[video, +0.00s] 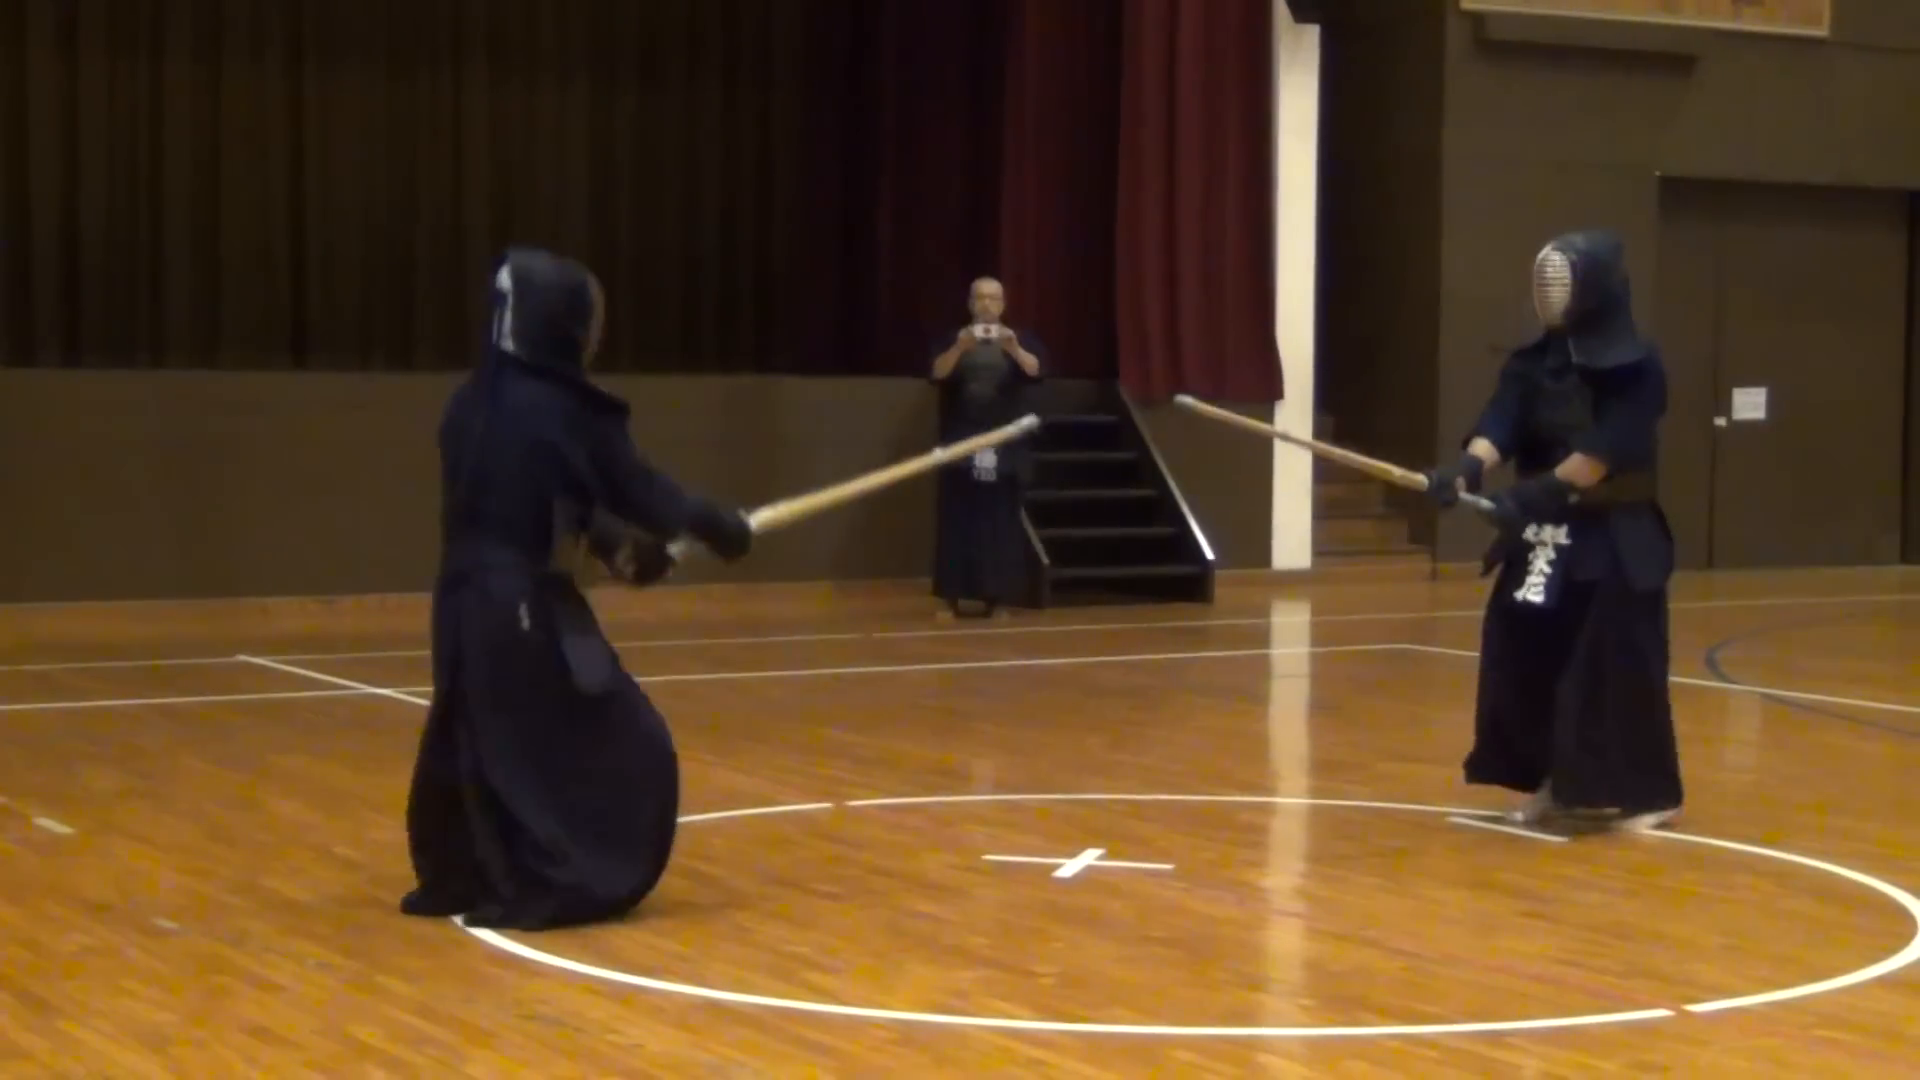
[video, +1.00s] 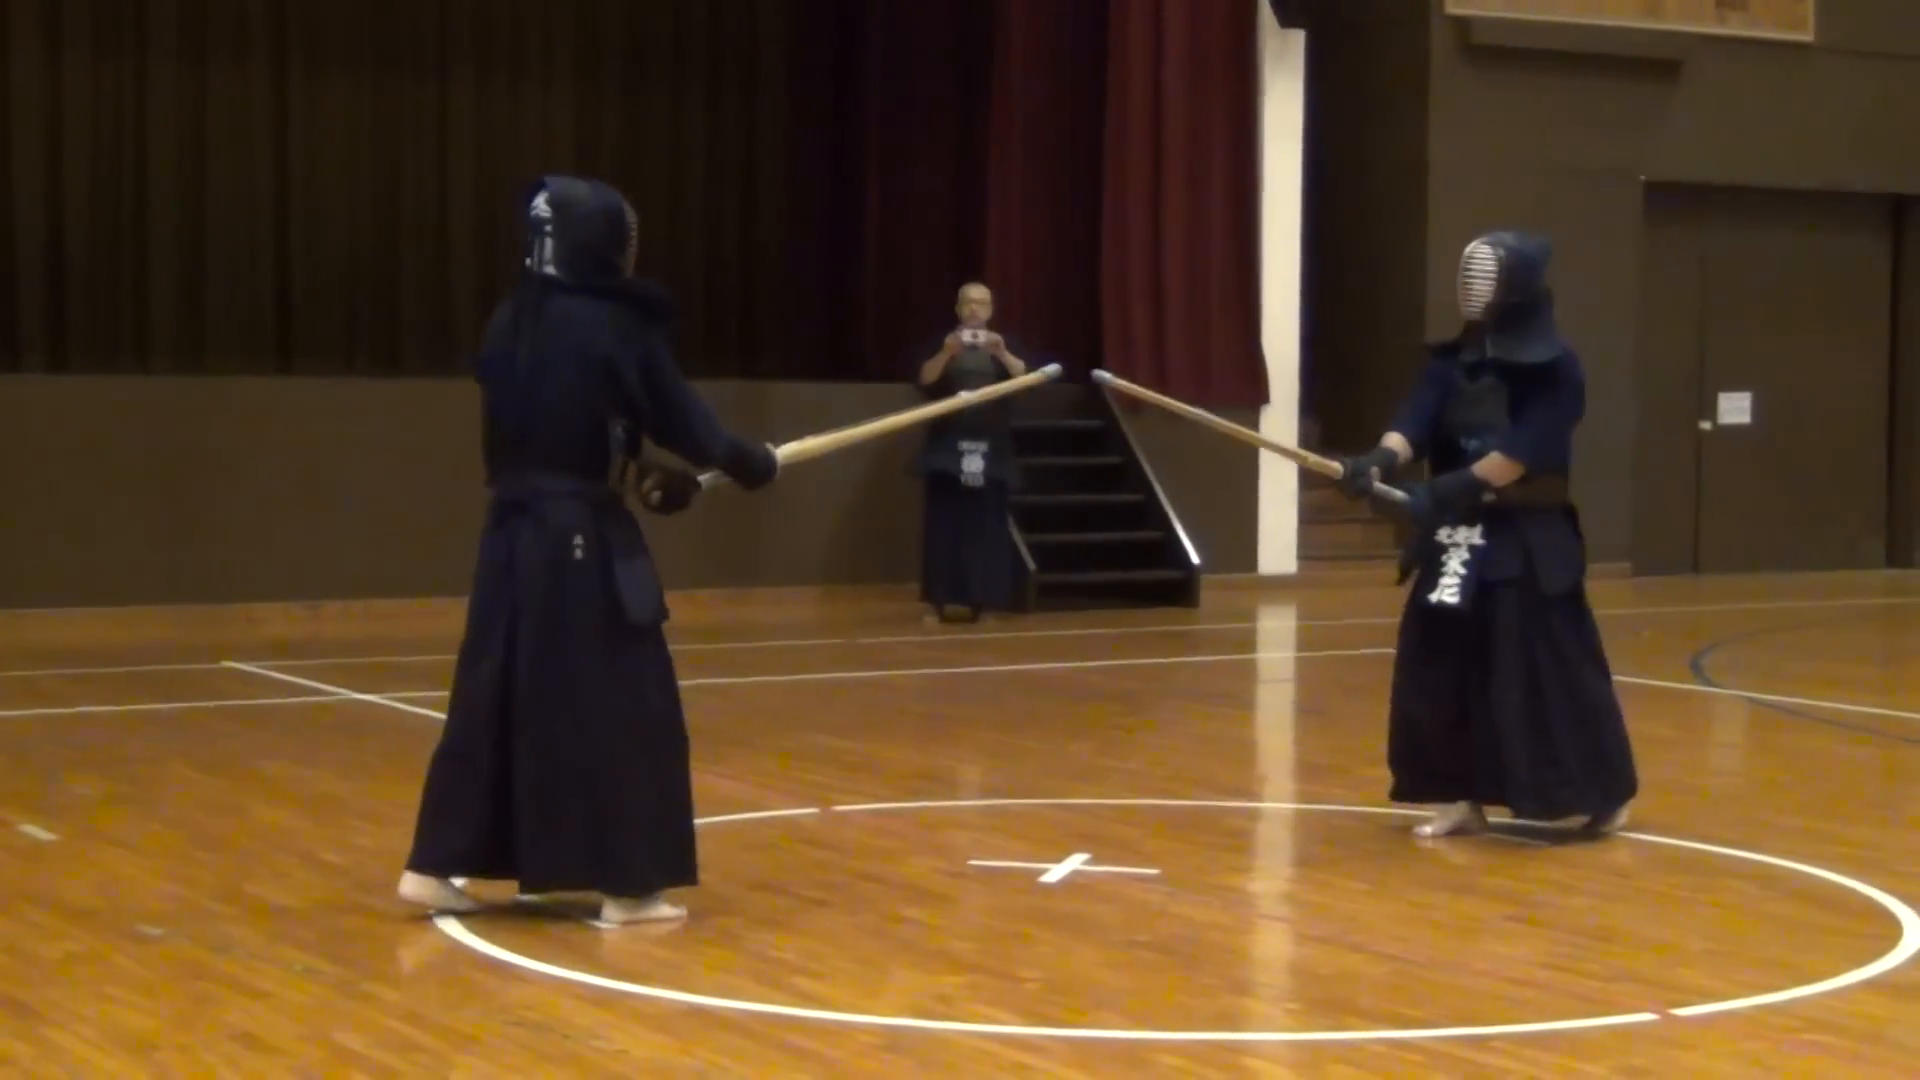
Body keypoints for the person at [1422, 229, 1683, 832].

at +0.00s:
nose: (1547, 295)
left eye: (1560, 284)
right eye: (1543, 283)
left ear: (1595, 287)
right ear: (1540, 287)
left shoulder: (1631, 364)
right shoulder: (1533, 360)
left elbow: (1604, 454)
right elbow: (1501, 423)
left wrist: (1532, 495)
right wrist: (1467, 466)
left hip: (1618, 530)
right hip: (1548, 527)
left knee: (1615, 656)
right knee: (1533, 649)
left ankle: (1649, 792)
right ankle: (1562, 782)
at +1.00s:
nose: (1471, 292)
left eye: (1485, 280)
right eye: (1468, 279)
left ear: (1520, 286)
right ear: (1463, 282)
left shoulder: (1552, 367)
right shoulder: (1452, 360)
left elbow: (1522, 453)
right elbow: (1418, 420)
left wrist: (1445, 492)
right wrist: (1382, 459)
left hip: (1531, 531)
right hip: (1459, 526)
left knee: (1550, 660)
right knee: (1443, 658)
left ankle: (1600, 789)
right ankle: (1457, 797)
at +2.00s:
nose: (1458, 296)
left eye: (1470, 285)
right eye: (1455, 283)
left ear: (1506, 290)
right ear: (1452, 286)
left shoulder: (1540, 368)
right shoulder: (1441, 362)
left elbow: (1505, 456)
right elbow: (1404, 423)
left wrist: (1426, 501)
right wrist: (1368, 466)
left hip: (1517, 537)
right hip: (1446, 531)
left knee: (1512, 668)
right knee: (1429, 661)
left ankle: (1530, 807)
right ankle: (1438, 799)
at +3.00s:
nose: (1356, 294)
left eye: (1369, 282)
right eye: (1355, 281)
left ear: (1405, 288)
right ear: (1354, 285)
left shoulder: (1443, 371)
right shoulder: (1344, 362)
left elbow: (1416, 464)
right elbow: (1309, 426)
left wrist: (1339, 504)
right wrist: (1276, 473)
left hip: (1420, 538)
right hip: (1350, 533)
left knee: (1436, 666)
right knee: (1342, 663)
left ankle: (1475, 803)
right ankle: (1348, 802)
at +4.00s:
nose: (1340, 297)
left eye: (1354, 285)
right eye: (1338, 283)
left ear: (1388, 290)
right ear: (1336, 288)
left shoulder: (1423, 373)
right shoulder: (1323, 364)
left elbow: (1390, 463)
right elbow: (1285, 426)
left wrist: (1315, 503)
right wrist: (1250, 467)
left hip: (1402, 536)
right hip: (1333, 531)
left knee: (1417, 667)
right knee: (1326, 664)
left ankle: (1457, 801)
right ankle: (1333, 799)